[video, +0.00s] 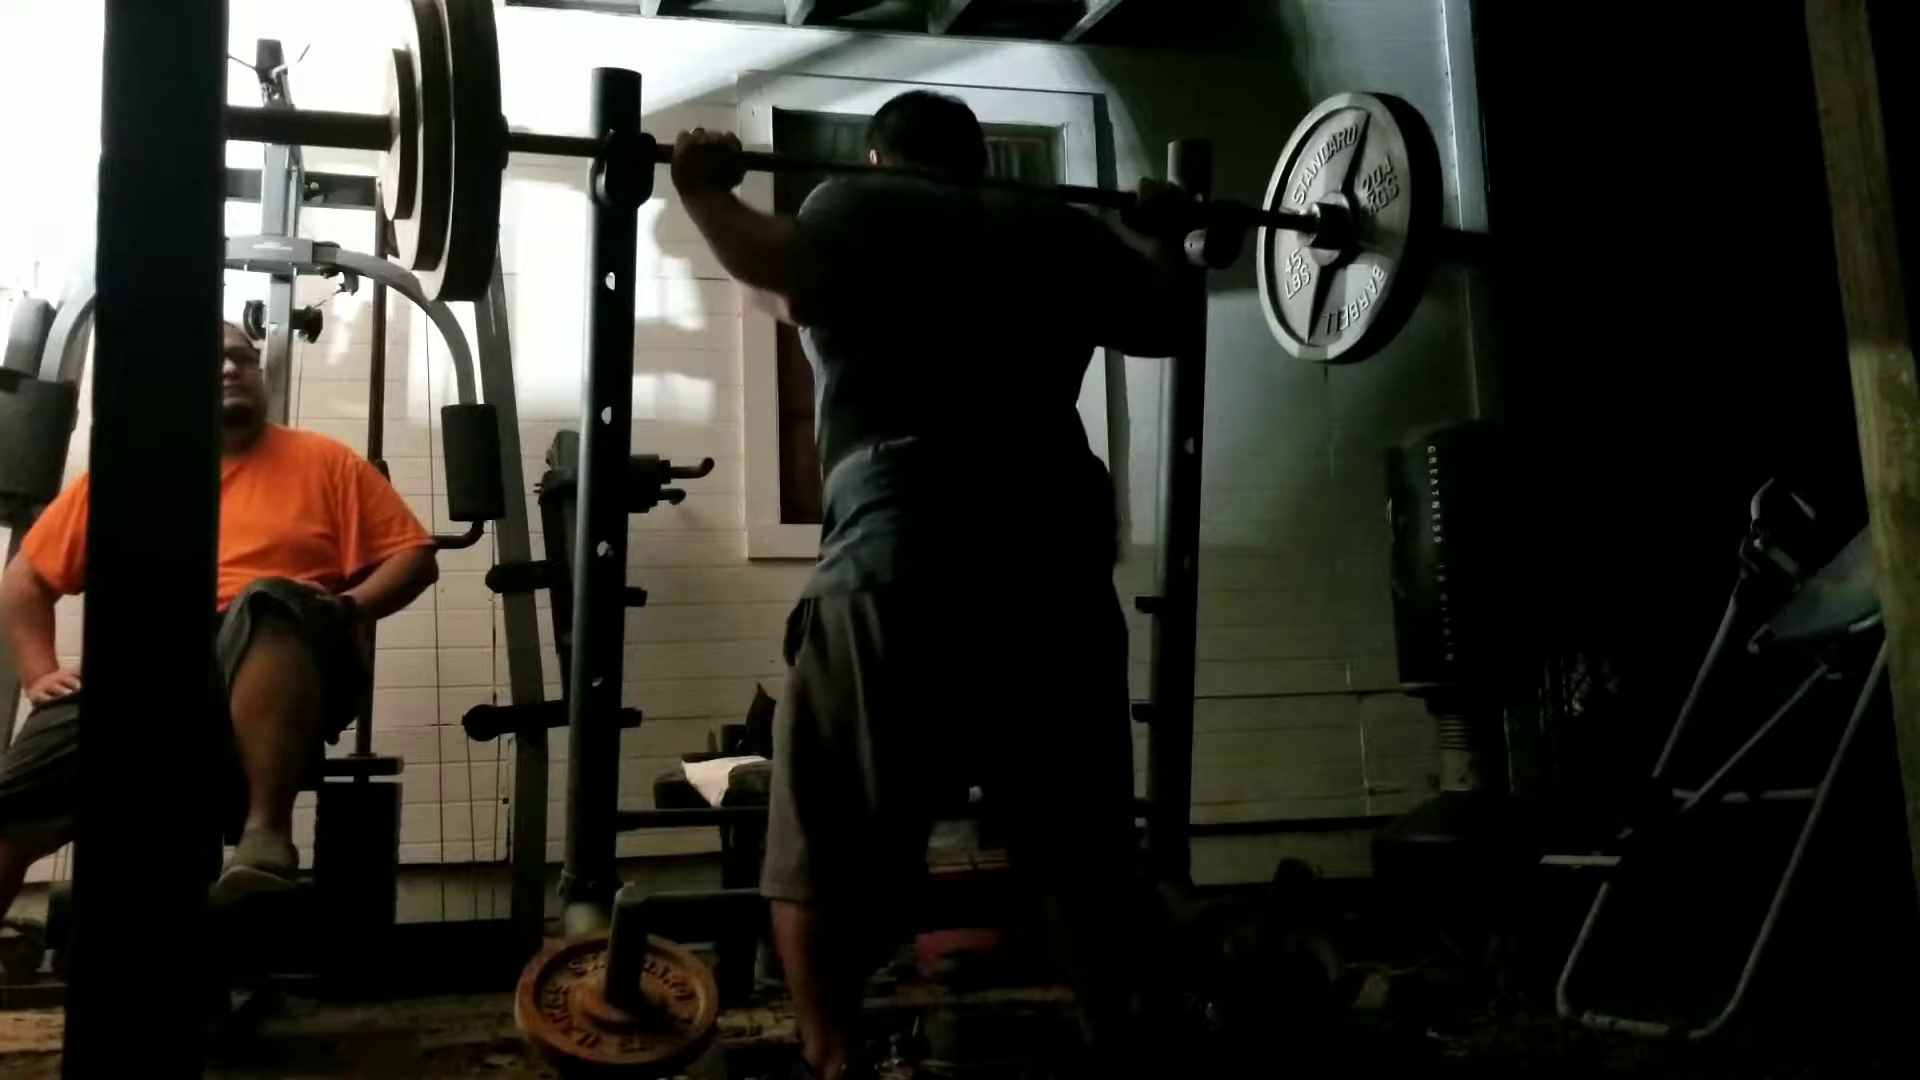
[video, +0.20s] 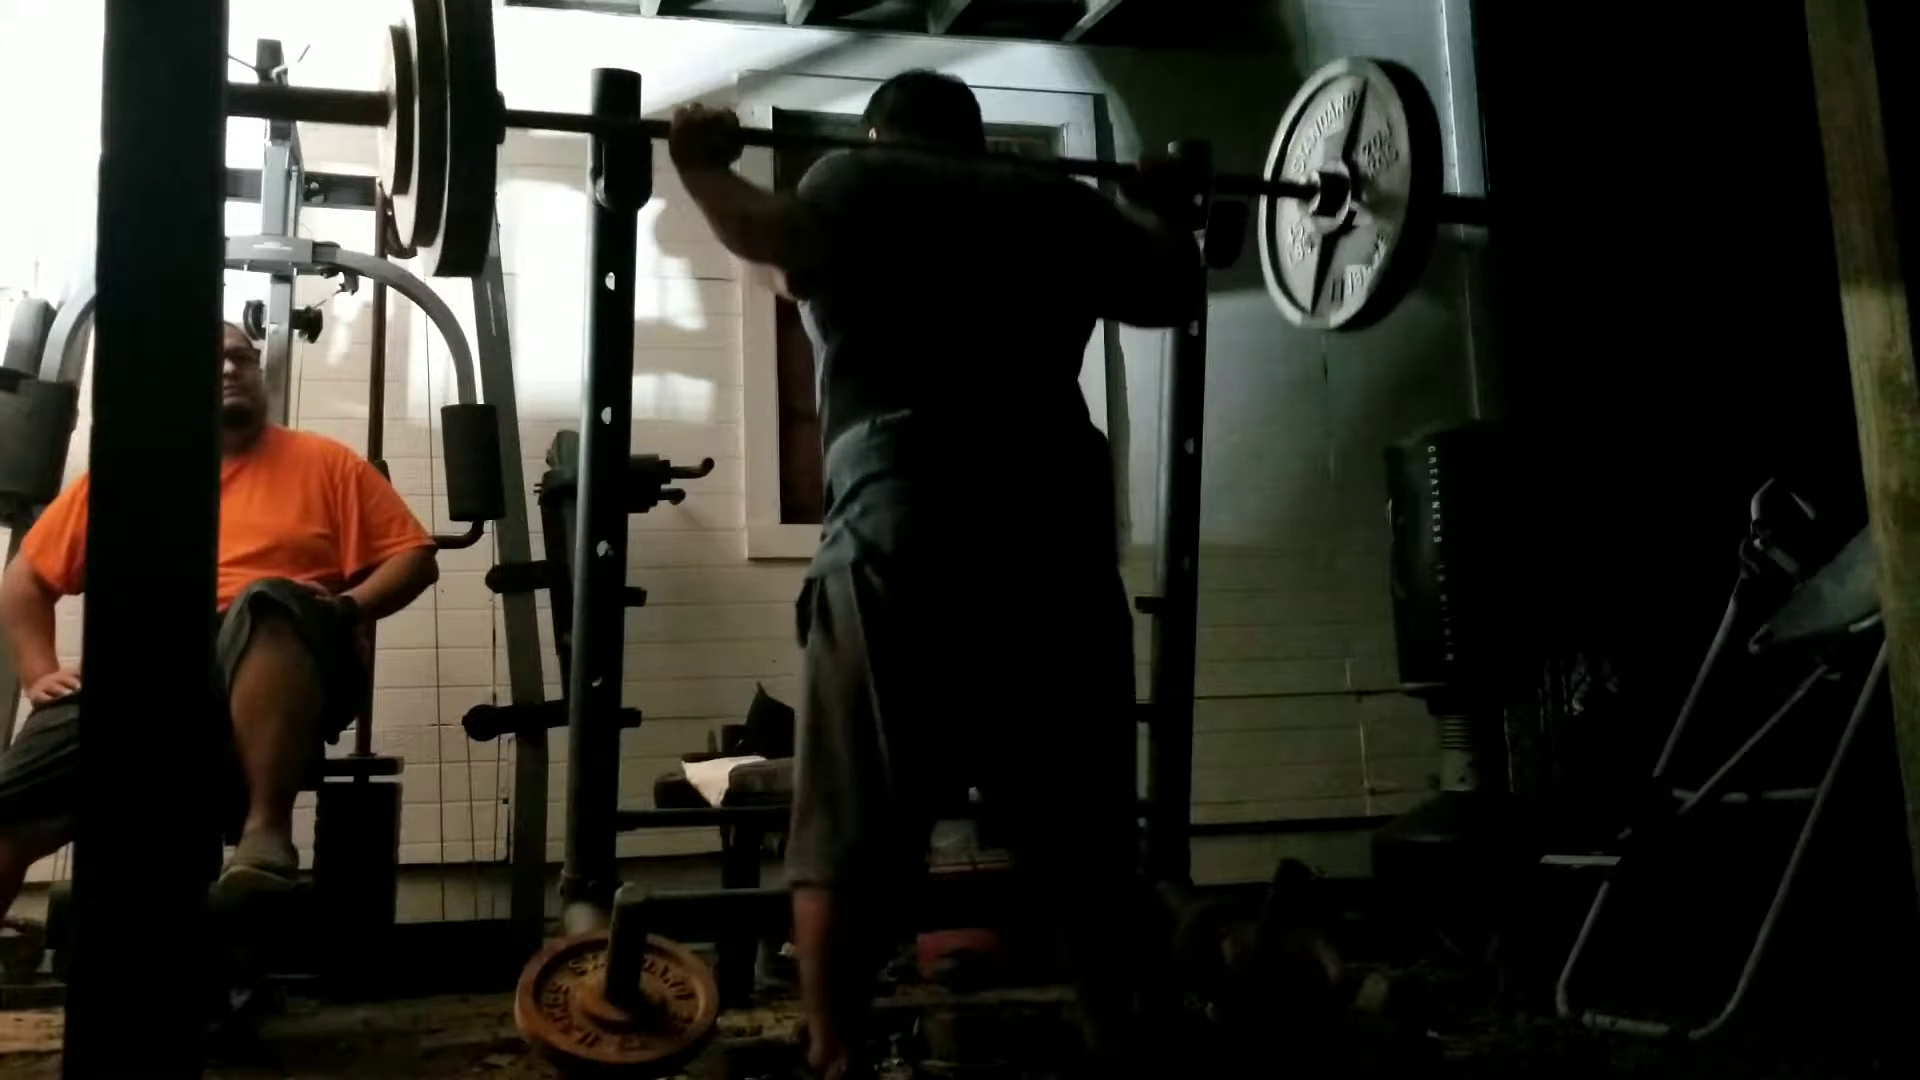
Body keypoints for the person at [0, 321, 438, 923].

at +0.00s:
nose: (231, 368)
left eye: (243, 357)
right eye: (214, 358)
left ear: (265, 376)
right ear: (186, 377)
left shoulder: (325, 463)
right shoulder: (129, 471)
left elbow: (414, 555)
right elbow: (24, 575)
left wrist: (351, 603)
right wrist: (39, 671)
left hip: (286, 668)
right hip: (145, 667)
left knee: (272, 604)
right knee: (12, 816)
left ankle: (266, 831)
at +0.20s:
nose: (231, 369)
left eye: (242, 358)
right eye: (214, 358)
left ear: (264, 376)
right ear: (186, 377)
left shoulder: (324, 463)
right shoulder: (131, 469)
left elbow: (415, 555)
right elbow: (25, 576)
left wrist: (351, 604)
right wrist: (39, 672)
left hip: (287, 668)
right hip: (147, 667)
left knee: (271, 604)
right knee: (11, 811)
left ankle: (267, 830)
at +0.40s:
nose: (231, 369)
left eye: (242, 358)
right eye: (213, 359)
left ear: (264, 376)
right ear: (186, 377)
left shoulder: (324, 463)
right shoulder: (131, 470)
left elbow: (415, 555)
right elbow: (24, 577)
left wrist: (351, 604)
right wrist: (39, 672)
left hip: (286, 668)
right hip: (146, 667)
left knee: (271, 604)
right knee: (11, 813)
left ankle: (267, 829)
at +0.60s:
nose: (230, 369)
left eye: (242, 358)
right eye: (213, 359)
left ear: (264, 376)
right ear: (186, 378)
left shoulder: (324, 463)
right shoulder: (131, 470)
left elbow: (415, 555)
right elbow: (25, 577)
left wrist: (352, 604)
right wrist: (39, 672)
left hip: (287, 666)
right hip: (146, 667)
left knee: (271, 604)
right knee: (11, 814)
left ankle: (267, 829)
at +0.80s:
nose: (230, 370)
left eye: (242, 358)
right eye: (213, 359)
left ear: (265, 377)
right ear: (186, 378)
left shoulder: (323, 463)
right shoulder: (130, 469)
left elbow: (414, 555)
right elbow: (25, 576)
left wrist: (352, 603)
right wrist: (39, 671)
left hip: (287, 667)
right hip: (146, 668)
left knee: (271, 604)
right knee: (13, 808)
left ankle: (266, 830)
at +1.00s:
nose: (231, 370)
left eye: (243, 359)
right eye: (214, 359)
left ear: (265, 377)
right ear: (186, 378)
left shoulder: (323, 463)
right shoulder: (130, 469)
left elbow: (415, 556)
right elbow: (25, 576)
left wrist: (351, 604)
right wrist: (39, 670)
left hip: (287, 667)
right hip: (145, 667)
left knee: (271, 604)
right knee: (12, 810)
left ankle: (266, 829)